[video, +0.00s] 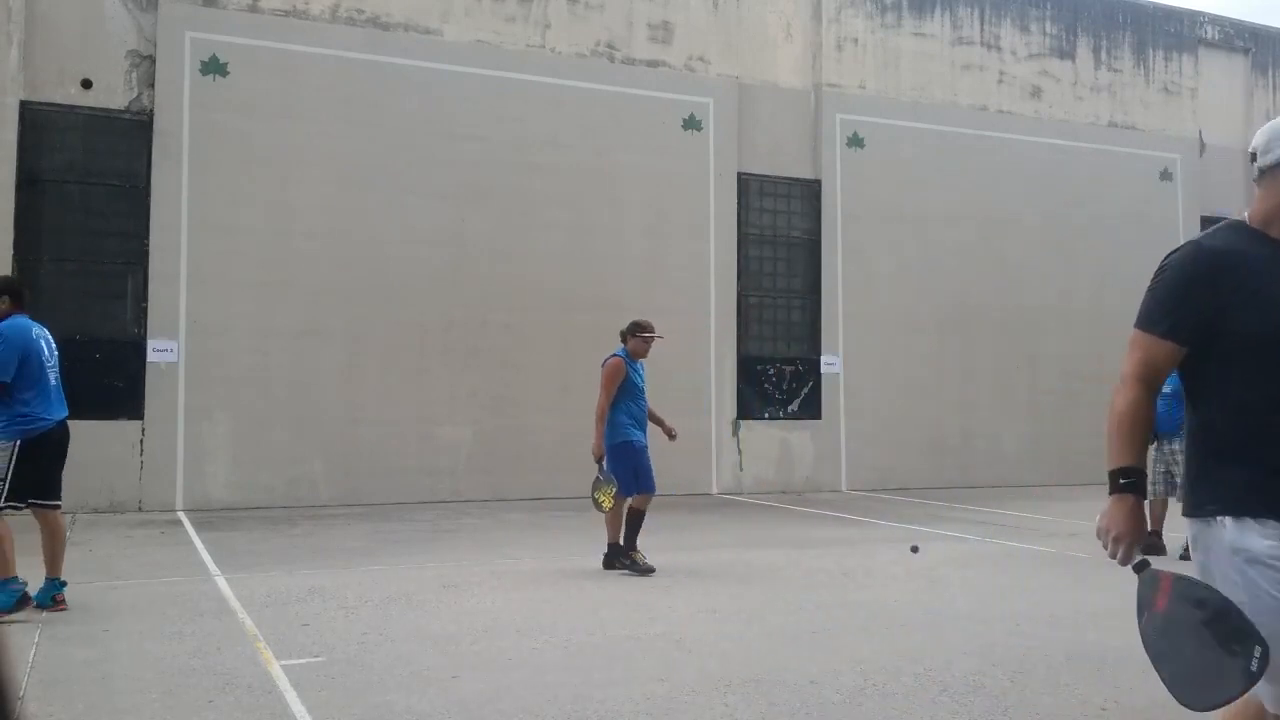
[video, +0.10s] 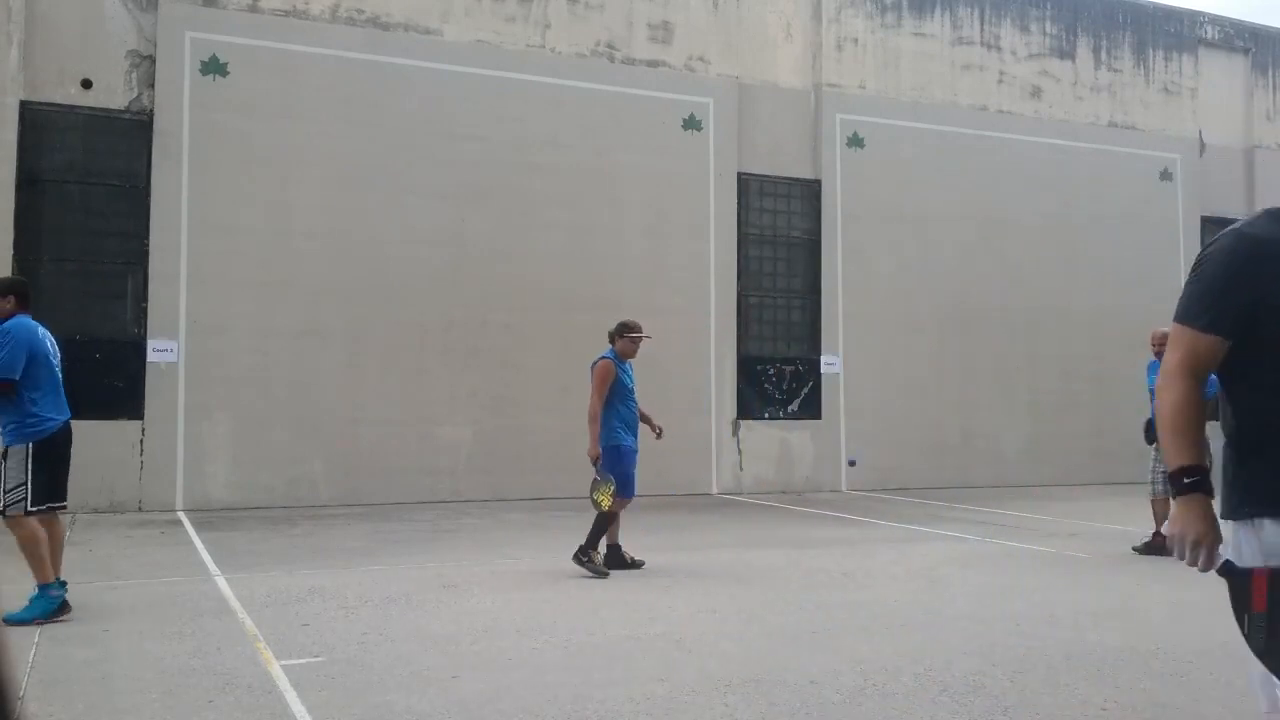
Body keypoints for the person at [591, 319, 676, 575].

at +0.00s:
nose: (649, 345)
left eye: (651, 341)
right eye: (645, 340)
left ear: (645, 343)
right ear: (630, 340)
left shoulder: (636, 365)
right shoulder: (617, 364)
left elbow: (639, 404)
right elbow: (603, 404)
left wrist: (663, 424)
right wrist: (598, 441)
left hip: (627, 437)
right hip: (626, 439)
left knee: (618, 493)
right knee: (645, 489)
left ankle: (613, 552)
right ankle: (629, 550)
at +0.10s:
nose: (638, 346)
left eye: (639, 342)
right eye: (634, 341)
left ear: (631, 343)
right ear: (618, 340)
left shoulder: (624, 365)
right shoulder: (606, 365)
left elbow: (627, 404)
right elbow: (595, 405)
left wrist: (649, 421)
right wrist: (593, 444)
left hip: (625, 442)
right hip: (615, 444)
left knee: (616, 498)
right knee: (622, 497)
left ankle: (613, 552)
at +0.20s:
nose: (626, 346)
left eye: (628, 341)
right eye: (622, 341)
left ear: (623, 343)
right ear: (607, 340)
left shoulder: (615, 365)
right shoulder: (595, 365)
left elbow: (621, 401)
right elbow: (589, 407)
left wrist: (642, 411)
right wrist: (592, 444)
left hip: (615, 444)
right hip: (600, 443)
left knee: (612, 497)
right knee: (593, 498)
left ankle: (613, 553)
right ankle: (556, 552)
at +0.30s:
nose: (615, 344)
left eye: (616, 339)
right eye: (610, 339)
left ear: (612, 343)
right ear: (593, 341)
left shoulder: (608, 366)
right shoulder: (583, 366)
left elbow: (624, 396)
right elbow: (581, 407)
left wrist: (635, 390)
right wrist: (591, 443)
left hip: (602, 443)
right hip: (583, 442)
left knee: (603, 497)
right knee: (571, 499)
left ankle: (611, 552)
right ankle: (548, 560)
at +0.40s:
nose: (606, 340)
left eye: (606, 336)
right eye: (600, 335)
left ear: (603, 339)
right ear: (584, 338)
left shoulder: (603, 362)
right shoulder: (573, 364)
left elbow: (627, 382)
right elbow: (576, 406)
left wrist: (627, 364)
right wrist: (591, 441)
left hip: (589, 444)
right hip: (570, 443)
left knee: (589, 499)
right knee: (558, 499)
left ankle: (604, 551)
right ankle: (546, 560)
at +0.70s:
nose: (597, 335)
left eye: (596, 331)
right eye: (592, 332)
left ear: (582, 336)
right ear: (579, 335)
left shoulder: (585, 361)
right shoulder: (568, 360)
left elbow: (603, 387)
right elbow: (568, 404)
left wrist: (613, 381)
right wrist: (584, 442)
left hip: (572, 440)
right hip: (557, 441)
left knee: (567, 498)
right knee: (551, 498)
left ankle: (564, 553)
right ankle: (544, 560)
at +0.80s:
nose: (597, 337)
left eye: (596, 333)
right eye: (593, 333)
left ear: (579, 336)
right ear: (580, 336)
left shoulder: (570, 360)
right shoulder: (572, 361)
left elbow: (576, 400)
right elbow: (568, 405)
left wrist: (601, 411)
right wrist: (586, 441)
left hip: (567, 441)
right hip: (558, 441)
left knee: (564, 498)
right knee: (552, 499)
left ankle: (563, 552)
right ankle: (544, 560)